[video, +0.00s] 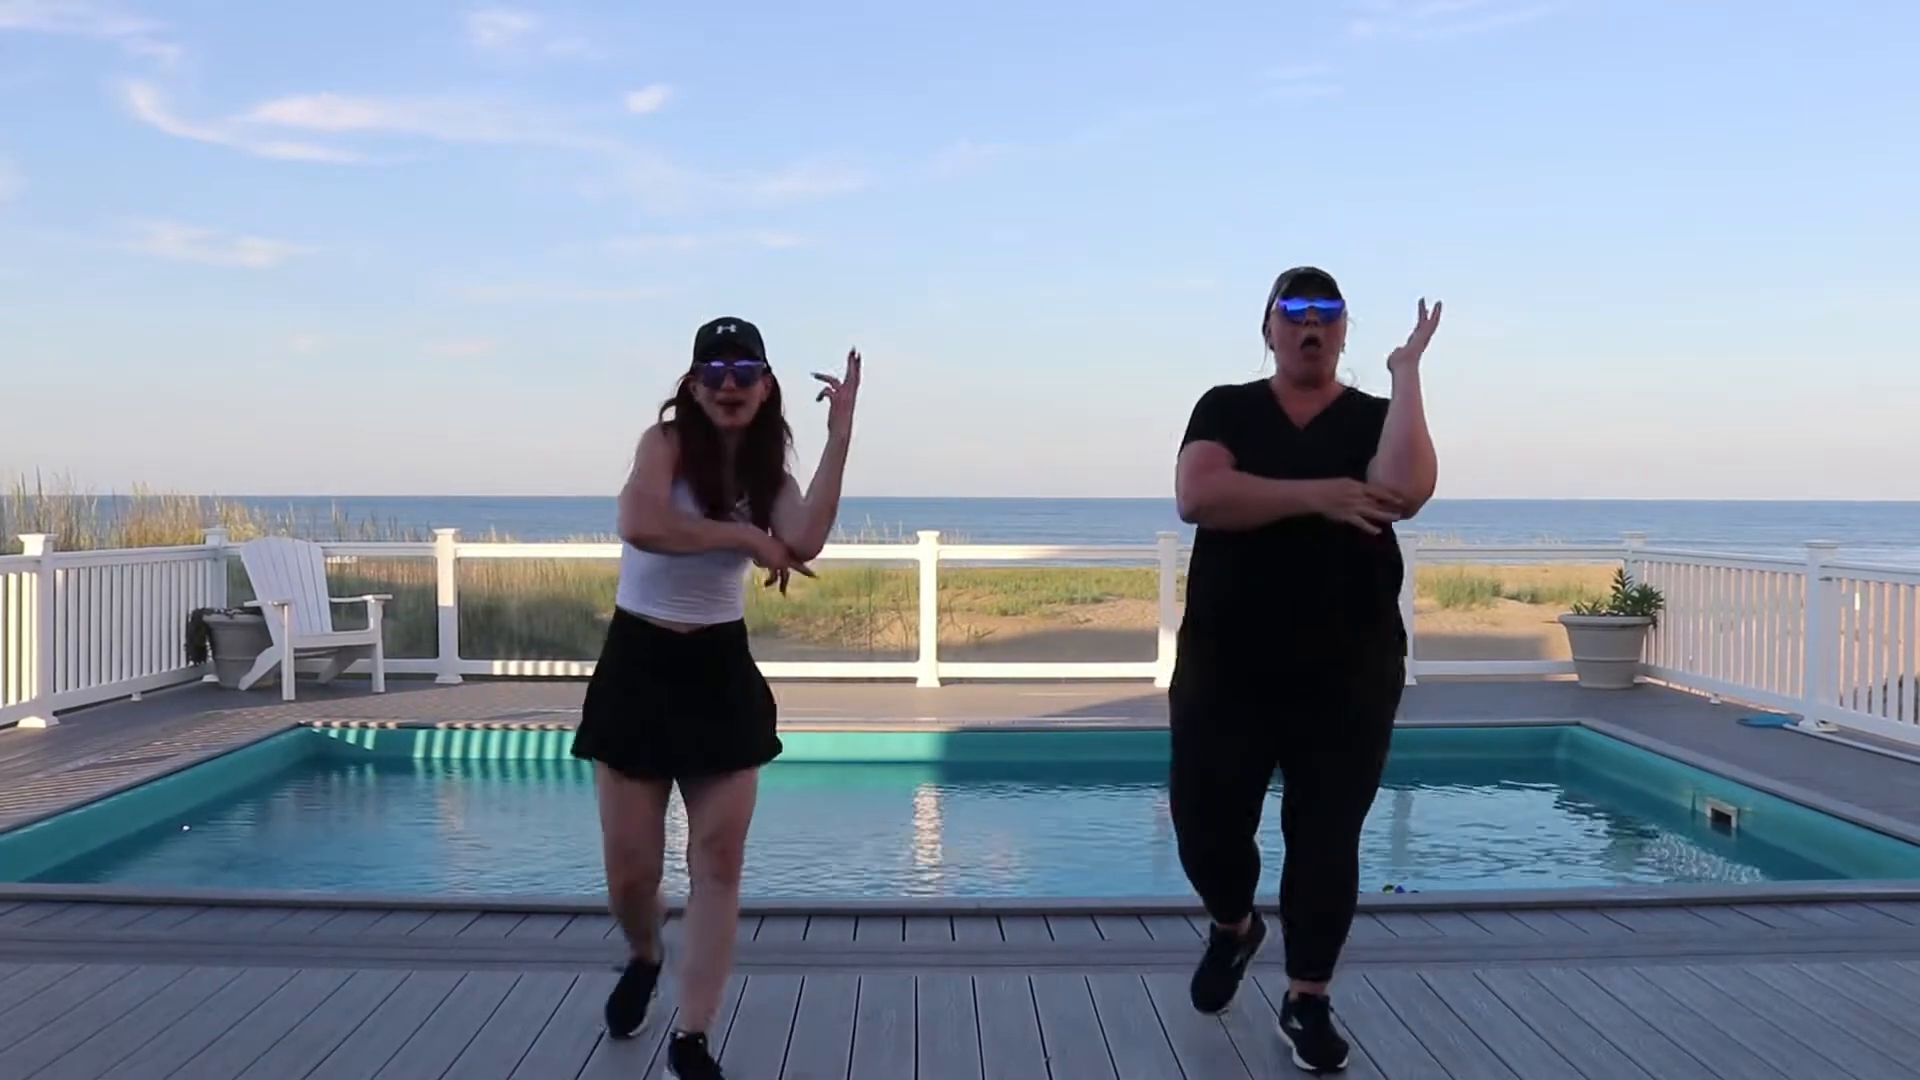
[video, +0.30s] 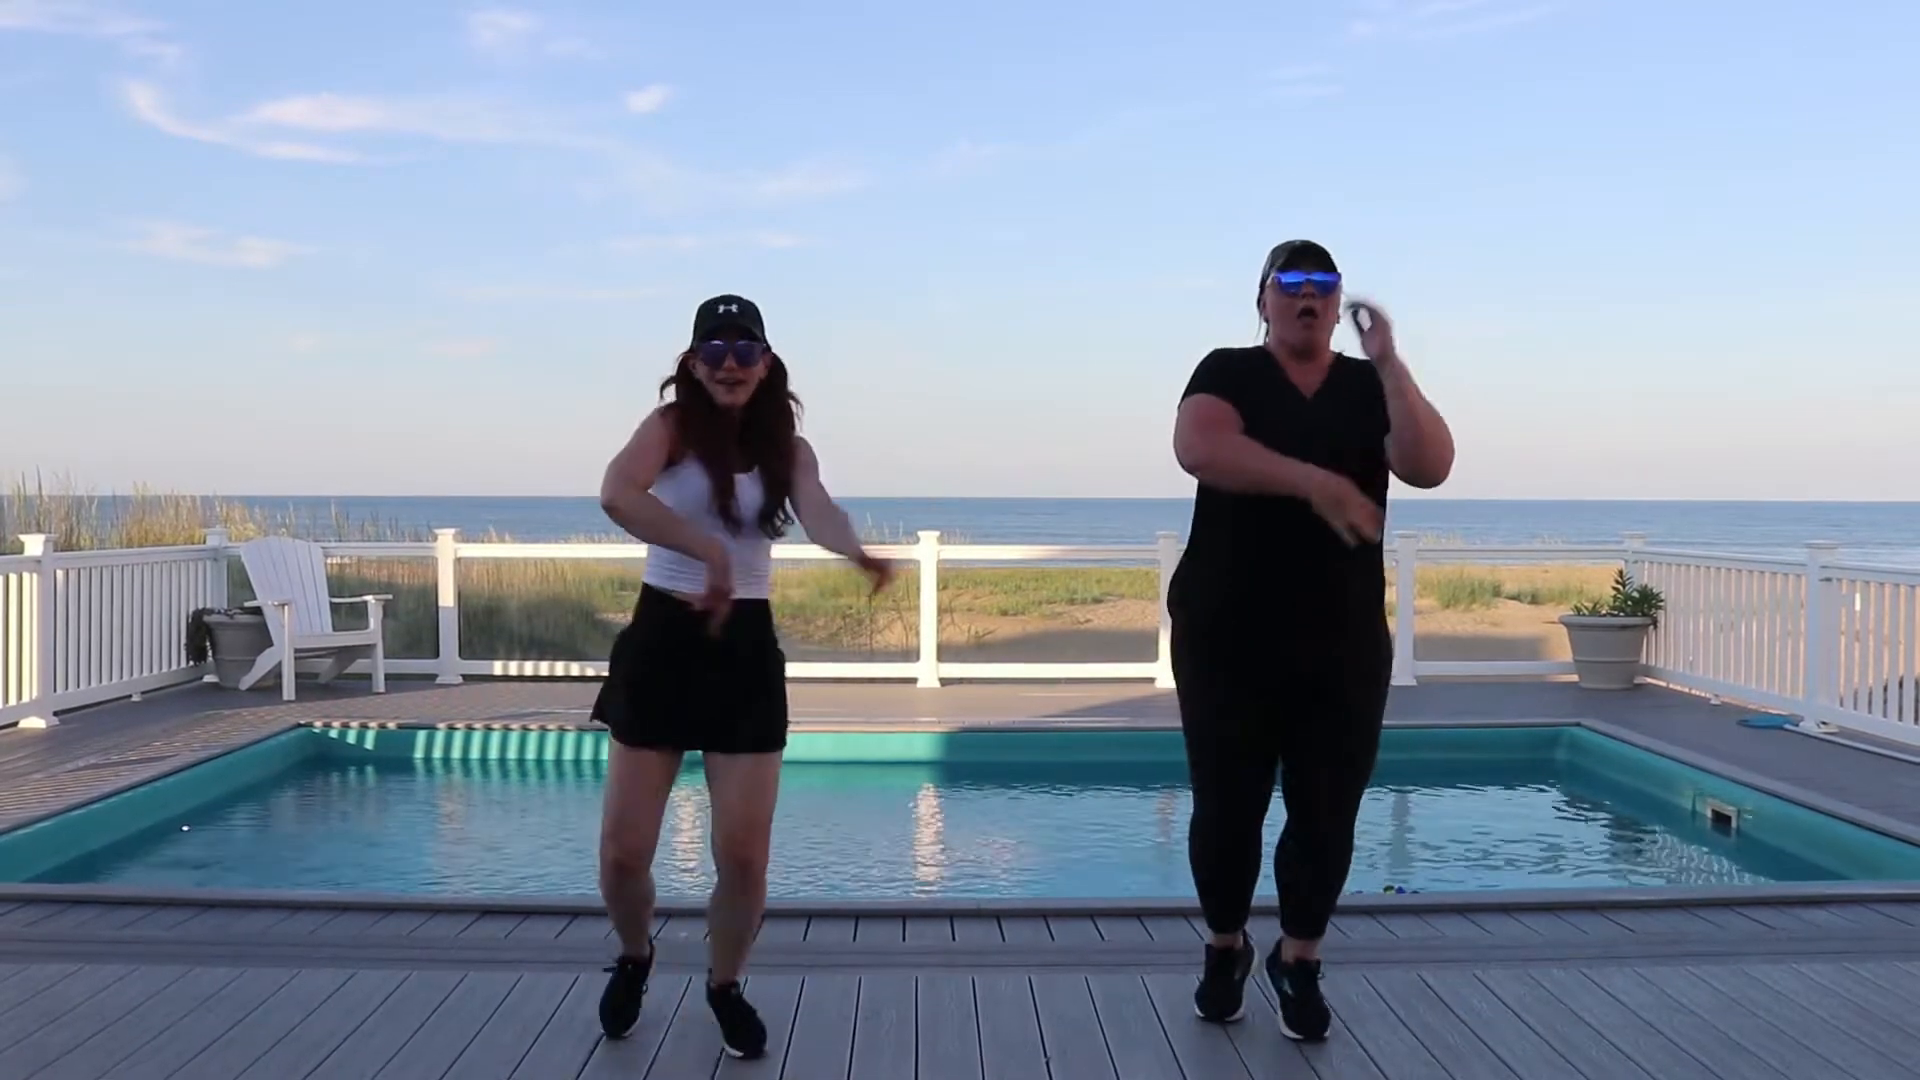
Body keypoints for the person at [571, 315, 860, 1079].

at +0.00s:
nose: (732, 388)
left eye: (747, 373)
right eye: (716, 374)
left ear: (768, 384)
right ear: (694, 382)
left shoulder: (767, 466)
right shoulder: (665, 440)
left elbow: (804, 543)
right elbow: (641, 523)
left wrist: (838, 443)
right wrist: (748, 538)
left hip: (721, 668)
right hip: (638, 664)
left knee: (720, 860)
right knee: (629, 871)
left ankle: (694, 1038)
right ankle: (644, 959)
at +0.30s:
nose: (728, 365)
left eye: (743, 351)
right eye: (713, 351)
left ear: (766, 360)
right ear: (692, 358)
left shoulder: (784, 444)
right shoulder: (670, 424)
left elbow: (818, 510)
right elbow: (619, 493)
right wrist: (709, 549)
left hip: (748, 645)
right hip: (664, 638)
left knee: (745, 857)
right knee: (621, 854)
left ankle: (725, 984)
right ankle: (633, 955)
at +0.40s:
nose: (730, 388)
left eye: (744, 376)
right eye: (714, 376)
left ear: (765, 386)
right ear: (691, 387)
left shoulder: (789, 470)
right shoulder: (668, 460)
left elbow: (824, 567)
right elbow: (592, 492)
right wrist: (675, 473)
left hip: (768, 671)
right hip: (682, 666)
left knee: (765, 876)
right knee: (624, 855)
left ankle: (733, 997)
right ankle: (654, 961)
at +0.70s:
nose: (713, 367)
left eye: (730, 356)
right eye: (699, 356)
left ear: (754, 367)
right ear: (678, 369)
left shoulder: (780, 431)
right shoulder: (669, 447)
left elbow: (812, 521)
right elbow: (633, 532)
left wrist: (701, 544)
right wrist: (623, 417)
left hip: (806, 651)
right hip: (721, 655)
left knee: (803, 862)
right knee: (709, 845)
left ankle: (748, 977)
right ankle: (736, 1031)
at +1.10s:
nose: (720, 367)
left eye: (736, 356)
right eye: (706, 354)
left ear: (757, 366)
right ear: (682, 363)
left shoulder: (778, 424)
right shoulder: (670, 452)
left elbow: (809, 513)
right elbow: (636, 571)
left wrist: (720, 586)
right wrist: (633, 476)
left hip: (819, 637)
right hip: (737, 644)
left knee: (842, 831)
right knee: (726, 835)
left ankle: (825, 955)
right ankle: (760, 988)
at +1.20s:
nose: (723, 381)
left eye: (740, 368)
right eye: (709, 366)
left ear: (762, 377)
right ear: (687, 374)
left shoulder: (789, 448)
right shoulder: (667, 464)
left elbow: (816, 530)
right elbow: (642, 583)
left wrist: (816, 616)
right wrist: (673, 560)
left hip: (803, 650)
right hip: (722, 660)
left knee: (854, 853)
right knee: (730, 867)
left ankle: (817, 887)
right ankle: (763, 990)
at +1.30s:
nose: (738, 398)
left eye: (753, 384)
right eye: (723, 384)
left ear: (773, 395)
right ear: (699, 394)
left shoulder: (796, 471)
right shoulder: (673, 482)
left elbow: (861, 523)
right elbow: (655, 590)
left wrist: (866, 559)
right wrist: (742, 584)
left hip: (790, 671)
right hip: (706, 675)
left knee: (847, 868)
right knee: (710, 881)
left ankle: (821, 877)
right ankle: (762, 993)